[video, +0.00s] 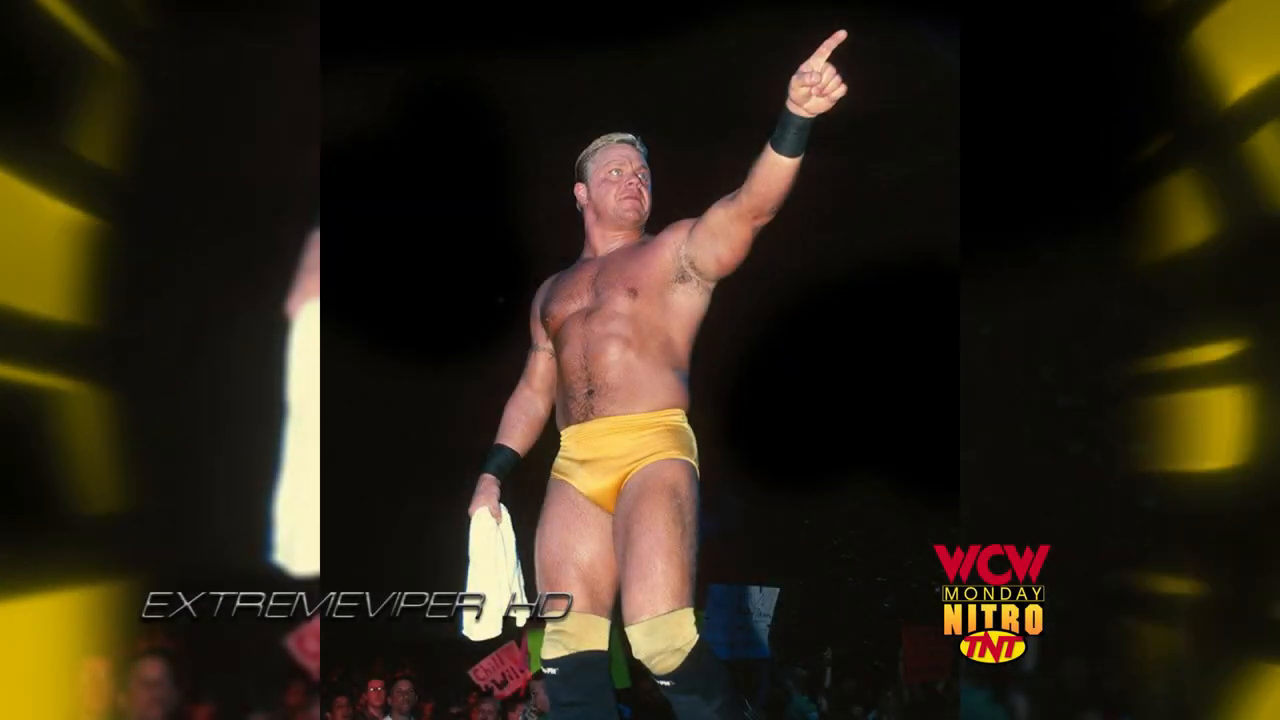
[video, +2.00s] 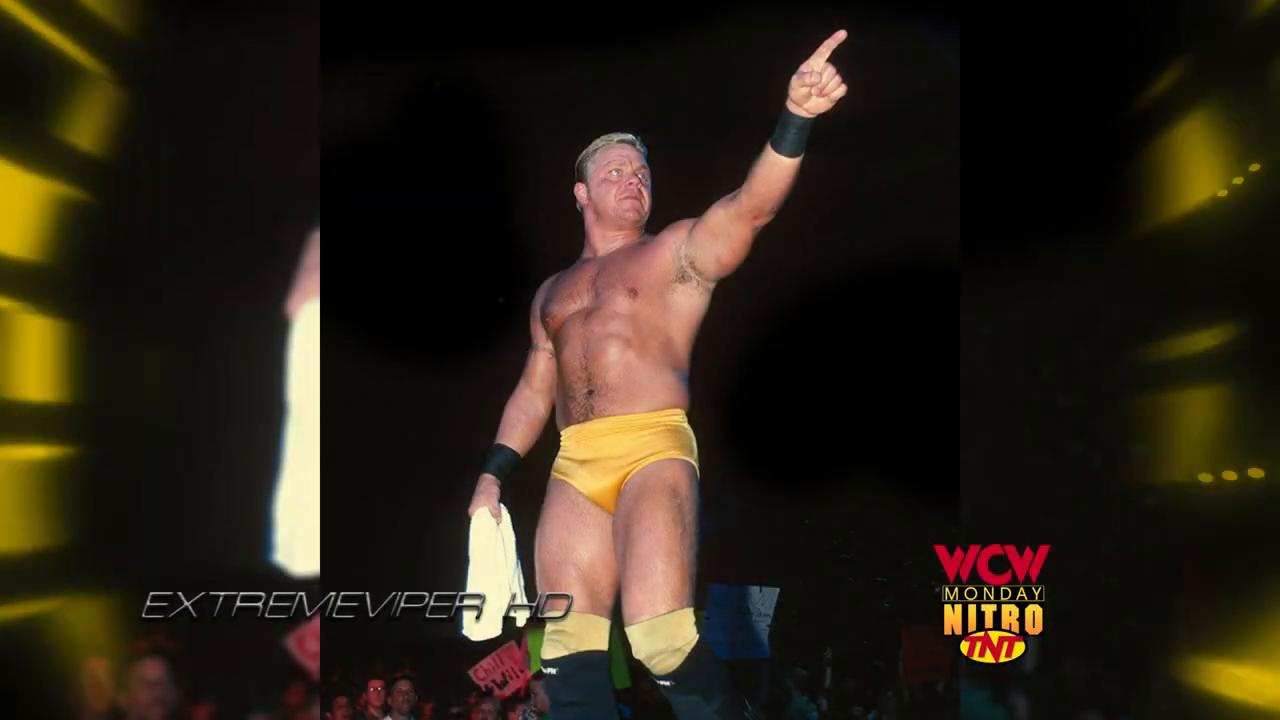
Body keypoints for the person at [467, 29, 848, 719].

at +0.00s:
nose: (632, 180)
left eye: (640, 172)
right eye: (614, 171)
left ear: (651, 193)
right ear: (581, 193)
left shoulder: (680, 254)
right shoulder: (553, 296)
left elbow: (752, 204)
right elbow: (534, 394)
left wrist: (797, 115)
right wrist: (490, 477)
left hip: (656, 448)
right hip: (576, 462)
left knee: (659, 635)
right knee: (568, 646)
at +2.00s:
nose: (632, 180)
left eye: (640, 172)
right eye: (614, 171)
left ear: (651, 193)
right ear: (581, 193)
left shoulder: (680, 254)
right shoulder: (553, 296)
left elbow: (752, 204)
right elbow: (534, 394)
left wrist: (797, 115)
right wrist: (490, 477)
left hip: (656, 448)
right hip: (576, 462)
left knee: (659, 635)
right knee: (568, 646)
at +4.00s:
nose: (631, 179)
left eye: (640, 172)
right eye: (614, 170)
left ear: (650, 194)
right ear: (580, 193)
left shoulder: (680, 253)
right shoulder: (552, 296)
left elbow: (753, 203)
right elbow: (534, 393)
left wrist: (797, 115)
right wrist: (490, 478)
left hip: (656, 448)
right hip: (575, 462)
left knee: (660, 637)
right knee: (568, 647)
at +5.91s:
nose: (631, 179)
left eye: (640, 172)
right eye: (614, 170)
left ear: (650, 194)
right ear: (580, 193)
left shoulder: (680, 253)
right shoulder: (552, 296)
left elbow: (753, 203)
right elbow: (534, 393)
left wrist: (797, 115)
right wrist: (490, 478)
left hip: (656, 448)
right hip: (575, 462)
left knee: (660, 637)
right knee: (568, 647)